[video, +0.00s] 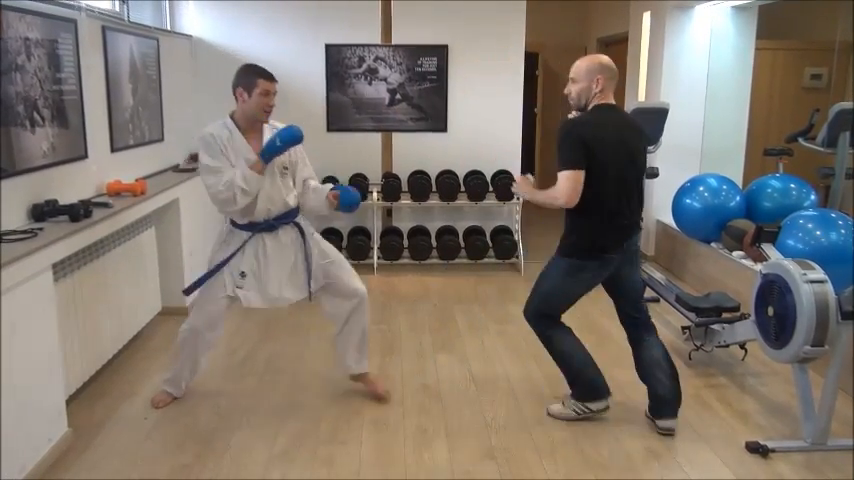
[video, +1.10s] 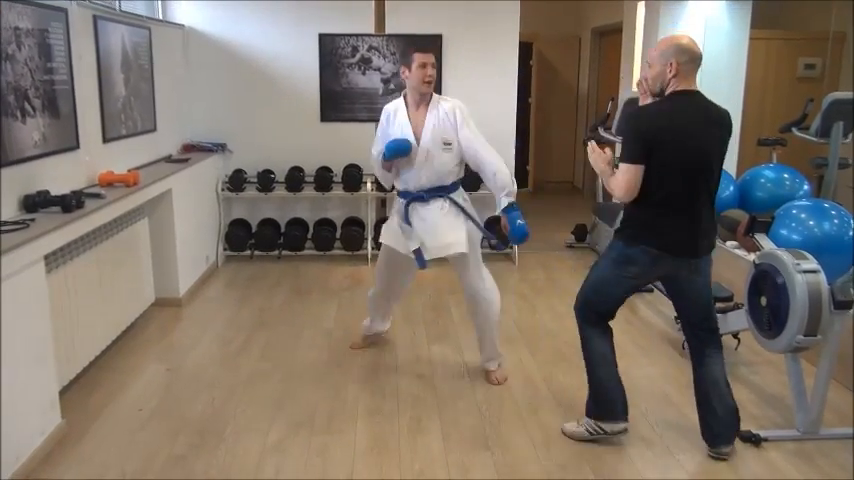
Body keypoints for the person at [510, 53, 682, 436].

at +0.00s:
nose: (566, 89)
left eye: (572, 81)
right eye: (567, 81)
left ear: (597, 84)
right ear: (604, 86)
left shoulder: (576, 128)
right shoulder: (632, 128)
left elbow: (567, 195)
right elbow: (628, 184)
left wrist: (531, 193)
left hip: (586, 249)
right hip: (625, 245)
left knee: (540, 313)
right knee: (639, 322)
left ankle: (591, 396)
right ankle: (665, 412)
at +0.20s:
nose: (564, 64)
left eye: (570, 57)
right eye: (565, 56)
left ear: (594, 56)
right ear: (601, 57)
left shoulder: (576, 97)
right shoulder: (637, 96)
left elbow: (573, 158)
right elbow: (639, 146)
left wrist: (540, 161)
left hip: (581, 218)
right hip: (625, 221)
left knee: (528, 287)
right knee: (635, 301)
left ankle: (535, 383)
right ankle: (660, 397)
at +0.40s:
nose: (591, 88)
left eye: (598, 81)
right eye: (594, 81)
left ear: (617, 84)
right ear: (628, 89)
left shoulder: (577, 113)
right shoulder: (639, 132)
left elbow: (545, 168)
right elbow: (599, 159)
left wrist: (538, 154)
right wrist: (566, 116)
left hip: (560, 242)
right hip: (608, 248)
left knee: (502, 302)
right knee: (632, 315)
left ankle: (502, 404)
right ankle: (678, 402)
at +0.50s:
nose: (625, 107)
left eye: (630, 102)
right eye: (630, 103)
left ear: (643, 105)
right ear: (662, 118)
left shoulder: (595, 121)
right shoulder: (660, 166)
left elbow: (552, 167)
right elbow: (625, 199)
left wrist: (556, 186)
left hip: (557, 248)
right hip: (609, 259)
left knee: (500, 303)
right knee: (641, 325)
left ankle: (501, 401)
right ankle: (671, 410)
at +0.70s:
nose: (670, 82)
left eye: (674, 77)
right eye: (675, 77)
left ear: (684, 81)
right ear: (706, 96)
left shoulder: (636, 101)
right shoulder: (706, 149)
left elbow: (588, 149)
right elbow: (673, 187)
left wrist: (604, 182)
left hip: (595, 228)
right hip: (648, 242)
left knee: (545, 308)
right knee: (663, 325)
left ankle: (510, 396)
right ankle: (674, 415)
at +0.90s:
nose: (658, 45)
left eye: (663, 36)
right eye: (661, 36)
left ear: (682, 41)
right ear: (699, 46)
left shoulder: (643, 81)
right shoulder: (725, 100)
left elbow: (601, 148)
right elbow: (694, 154)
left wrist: (605, 176)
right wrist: (636, 169)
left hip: (629, 209)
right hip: (680, 220)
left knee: (574, 284)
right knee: (686, 310)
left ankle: (575, 386)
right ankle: (704, 413)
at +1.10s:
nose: (644, 73)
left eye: (648, 66)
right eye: (645, 65)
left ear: (670, 69)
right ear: (689, 70)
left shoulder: (642, 116)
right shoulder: (720, 119)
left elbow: (626, 191)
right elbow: (684, 161)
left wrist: (604, 169)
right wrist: (648, 110)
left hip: (642, 243)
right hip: (694, 249)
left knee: (591, 312)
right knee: (704, 335)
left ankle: (608, 417)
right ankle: (721, 439)